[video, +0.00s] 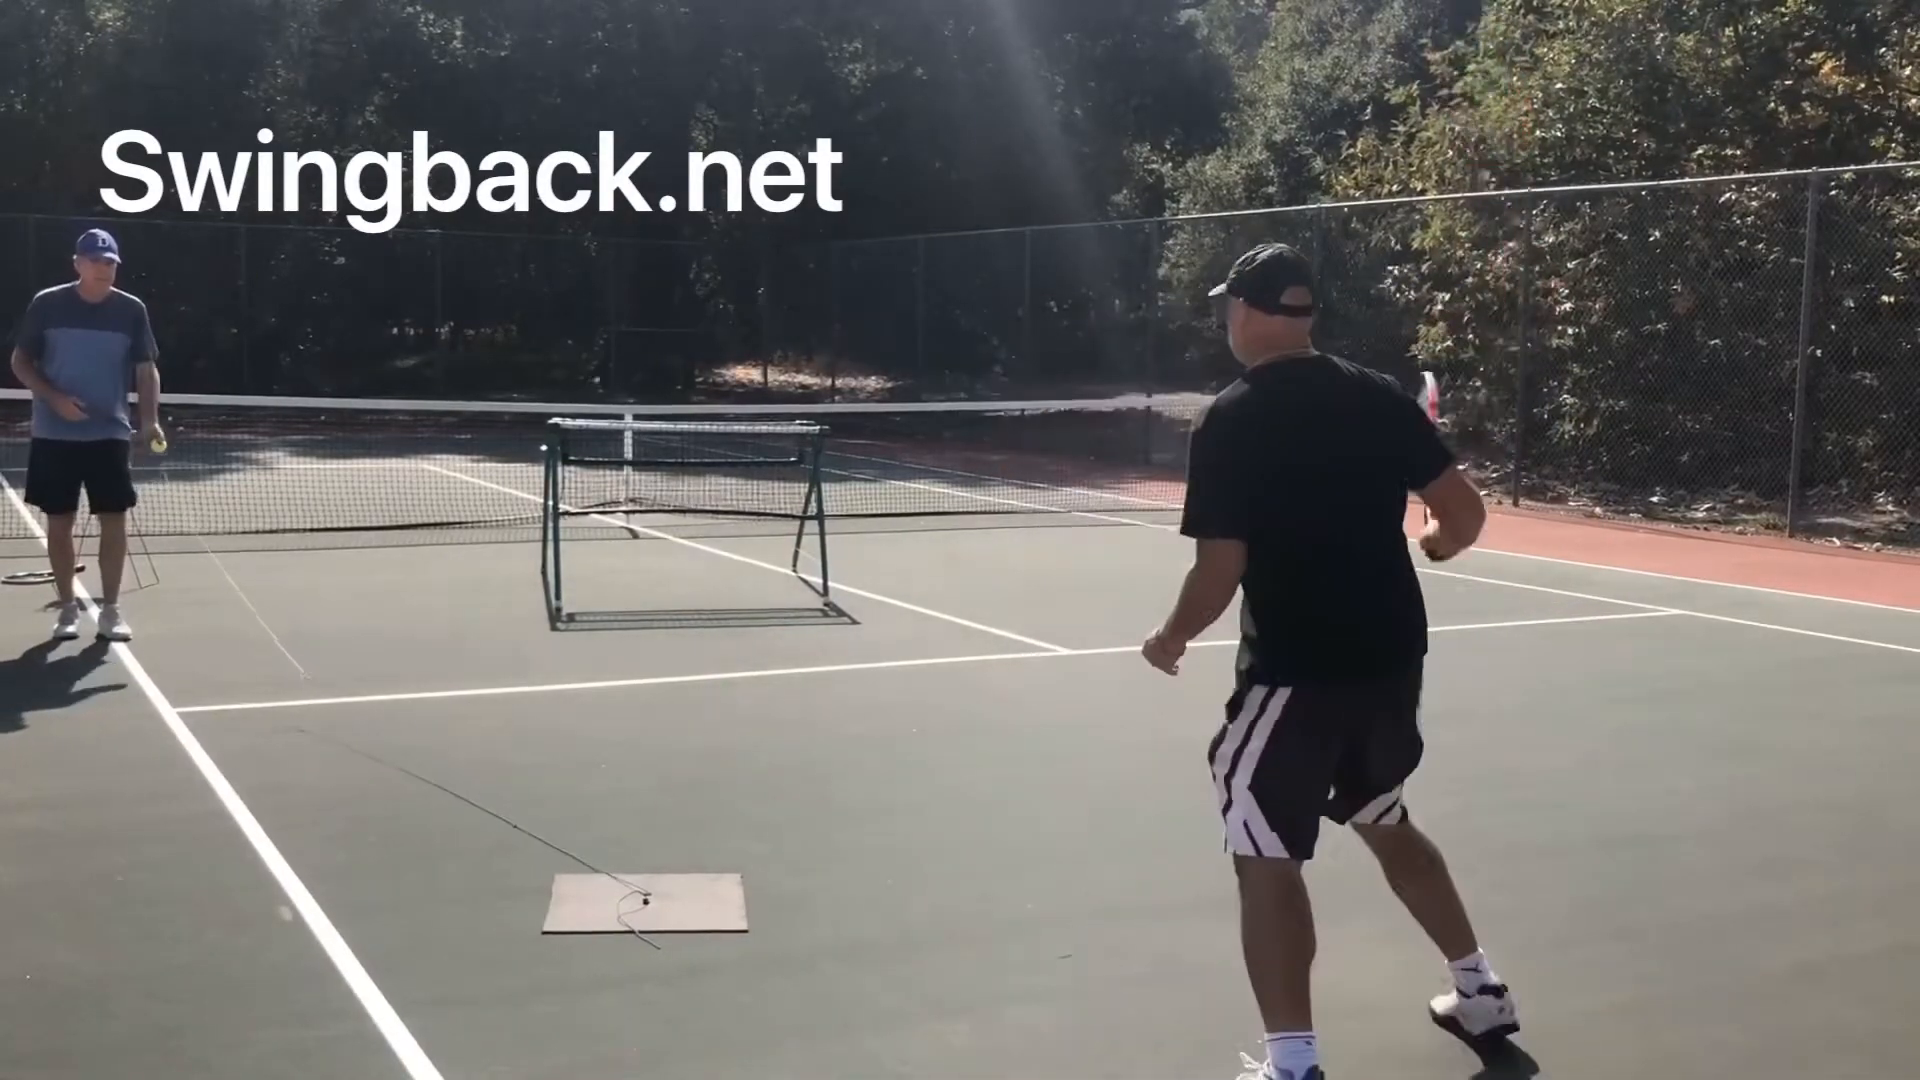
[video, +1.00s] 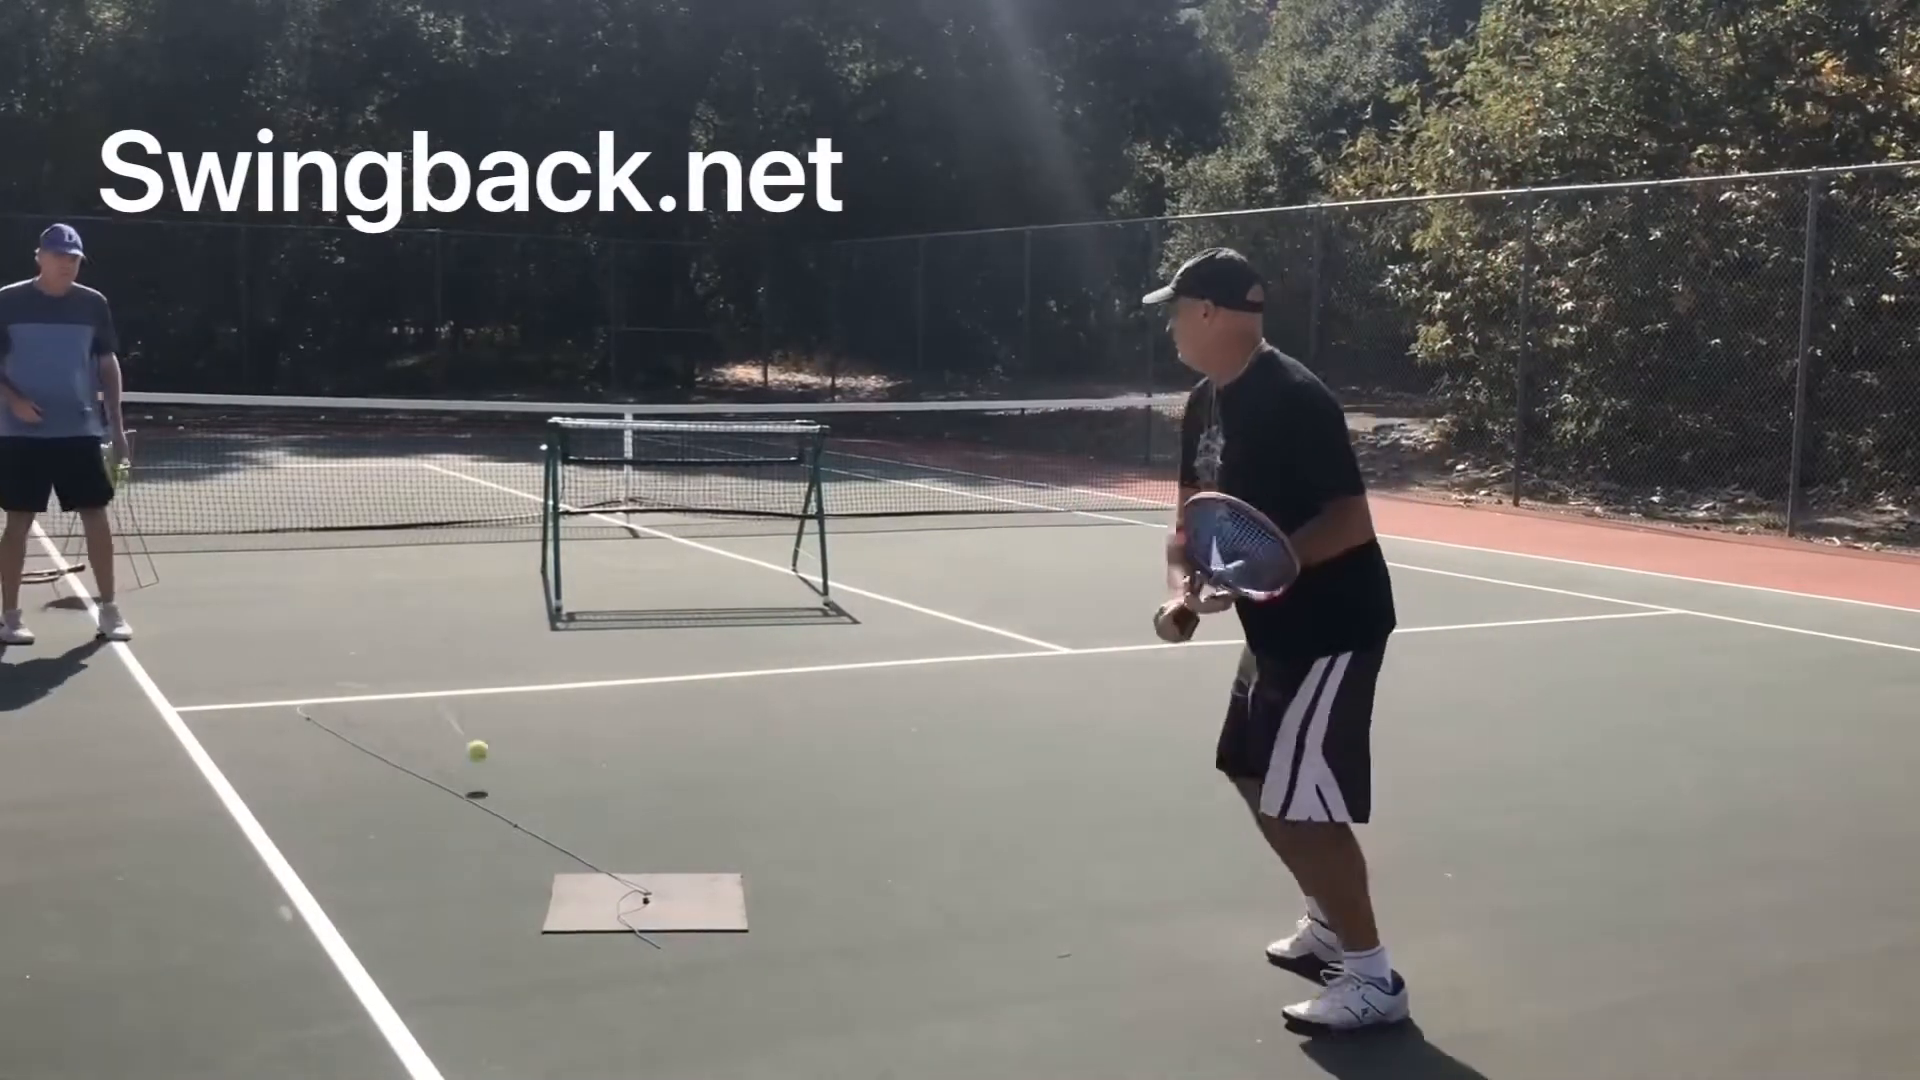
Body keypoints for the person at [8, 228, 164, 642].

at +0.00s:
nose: (103, 271)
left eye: (109, 263)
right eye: (96, 262)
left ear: (118, 267)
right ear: (77, 263)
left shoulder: (132, 310)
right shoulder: (47, 304)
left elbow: (147, 368)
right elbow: (20, 361)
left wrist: (149, 421)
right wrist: (54, 397)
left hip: (109, 437)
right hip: (55, 438)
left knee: (114, 520)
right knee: (59, 522)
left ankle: (110, 609)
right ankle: (67, 607)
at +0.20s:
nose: (111, 254)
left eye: (115, 247)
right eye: (102, 247)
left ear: (121, 254)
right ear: (82, 253)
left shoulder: (137, 294)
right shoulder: (52, 296)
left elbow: (161, 314)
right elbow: (27, 353)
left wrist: (184, 323)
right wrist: (54, 387)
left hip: (113, 428)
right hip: (59, 429)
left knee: (114, 516)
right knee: (60, 515)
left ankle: (112, 609)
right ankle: (67, 605)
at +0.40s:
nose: (109, 251)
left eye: (115, 244)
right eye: (102, 243)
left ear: (124, 252)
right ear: (85, 248)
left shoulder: (135, 289)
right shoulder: (57, 292)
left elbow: (158, 311)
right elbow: (30, 350)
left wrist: (148, 304)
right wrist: (55, 384)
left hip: (112, 423)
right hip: (60, 425)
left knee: (117, 513)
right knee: (58, 513)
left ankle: (114, 607)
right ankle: (61, 604)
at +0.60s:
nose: (108, 256)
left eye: (114, 249)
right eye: (101, 248)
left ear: (122, 256)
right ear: (83, 253)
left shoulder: (134, 297)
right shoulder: (52, 296)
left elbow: (149, 332)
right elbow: (24, 353)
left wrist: (132, 339)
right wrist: (47, 387)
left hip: (112, 430)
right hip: (56, 429)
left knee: (115, 519)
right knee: (48, 516)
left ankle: (112, 610)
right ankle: (34, 608)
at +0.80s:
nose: (93, 264)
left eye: (99, 257)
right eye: (86, 255)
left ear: (105, 260)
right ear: (65, 256)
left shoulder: (119, 304)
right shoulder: (34, 300)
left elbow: (135, 360)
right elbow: (9, 359)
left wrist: (134, 406)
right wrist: (36, 395)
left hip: (102, 434)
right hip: (44, 435)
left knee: (109, 520)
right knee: (32, 521)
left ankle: (112, 609)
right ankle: (10, 612)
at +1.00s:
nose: (67, 264)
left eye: (73, 257)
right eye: (59, 255)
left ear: (80, 260)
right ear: (40, 256)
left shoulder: (94, 303)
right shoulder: (8, 300)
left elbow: (107, 363)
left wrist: (117, 426)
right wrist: (12, 398)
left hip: (80, 436)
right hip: (21, 437)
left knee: (96, 518)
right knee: (17, 523)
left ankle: (108, 608)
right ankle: (9, 615)